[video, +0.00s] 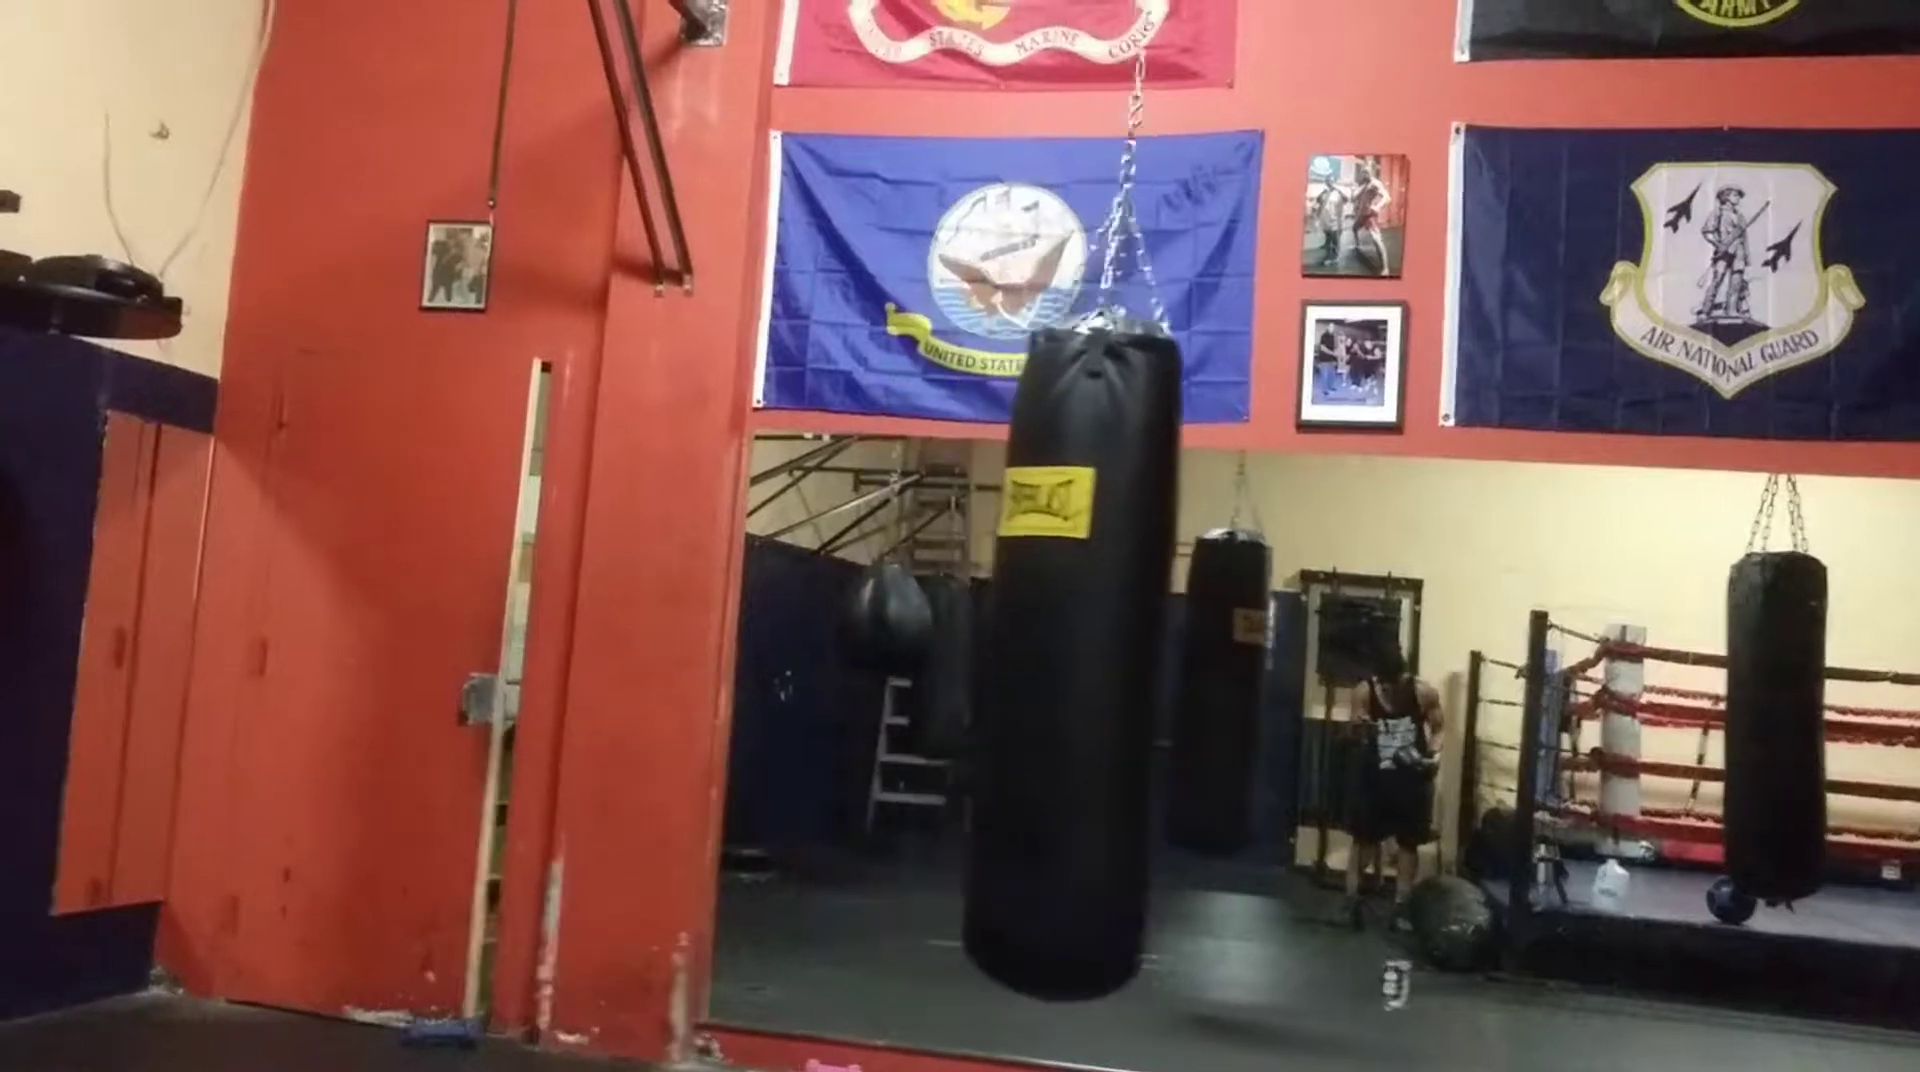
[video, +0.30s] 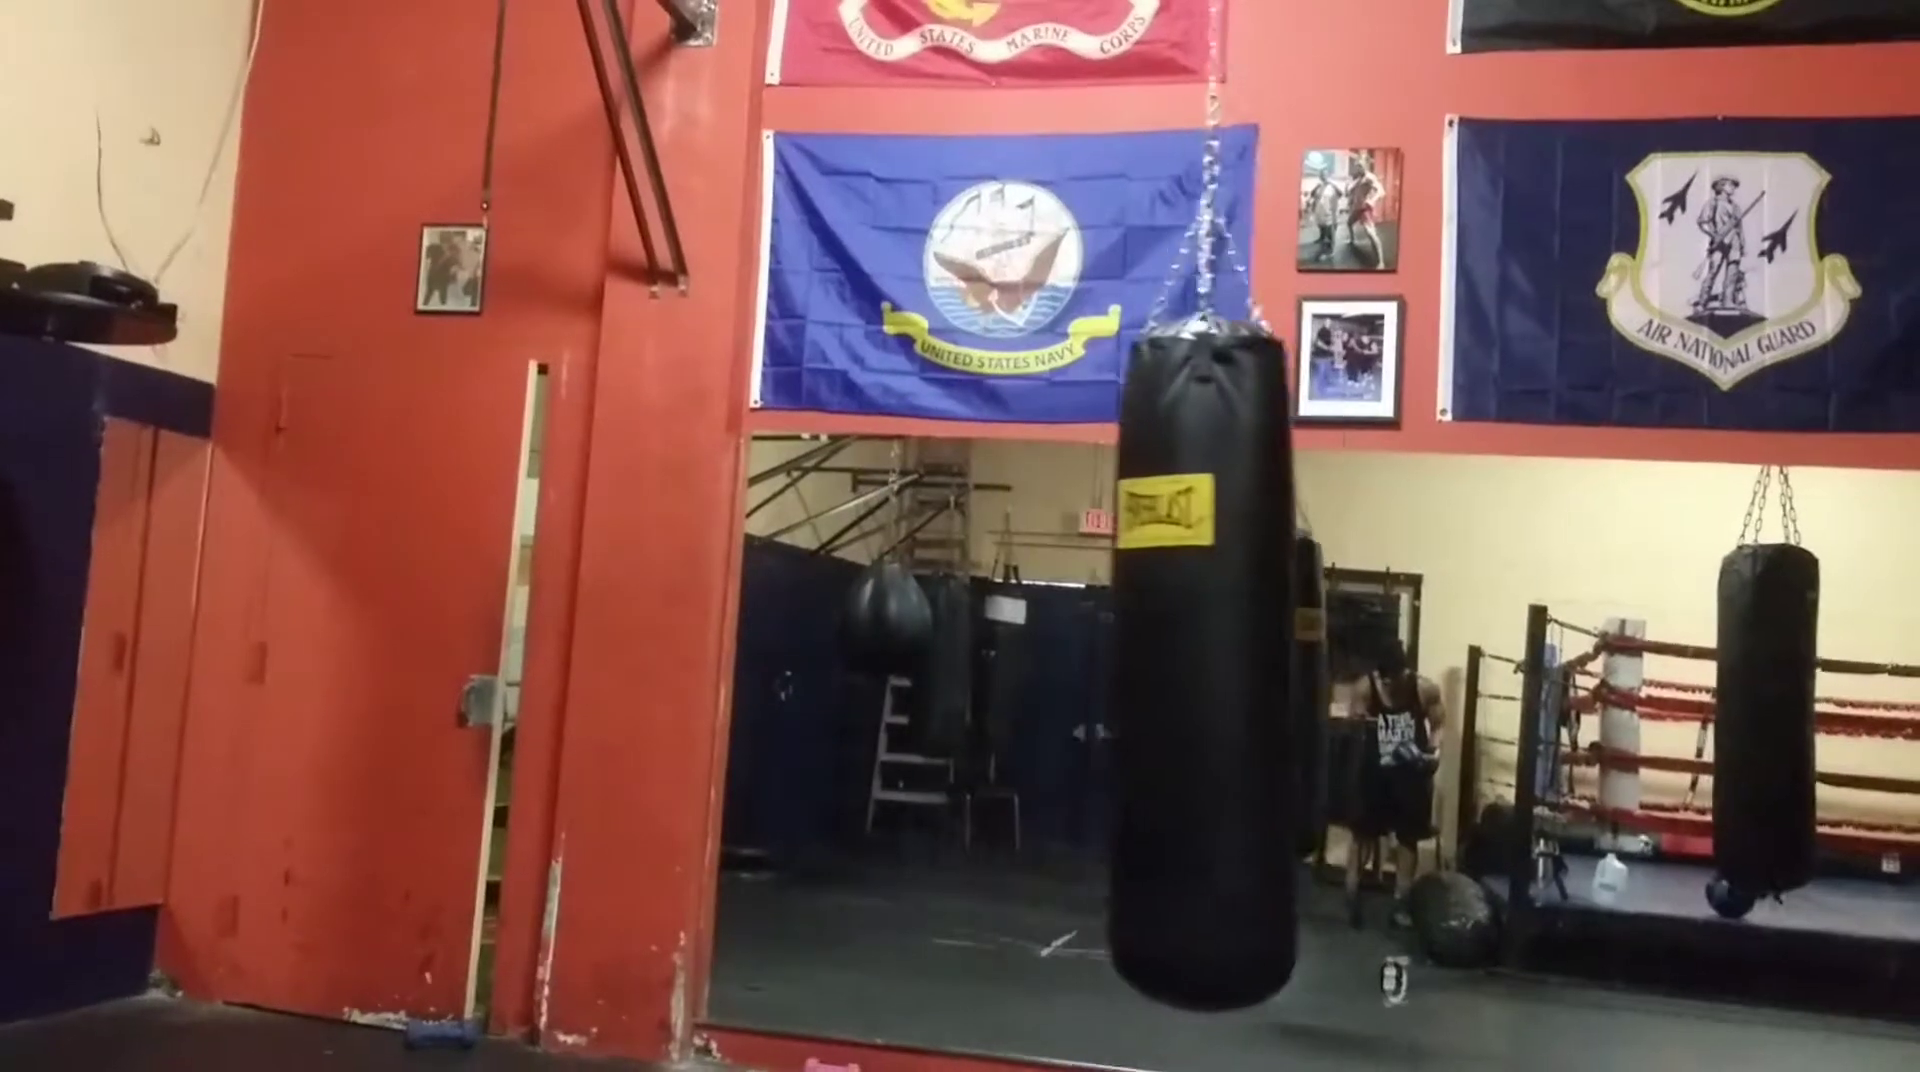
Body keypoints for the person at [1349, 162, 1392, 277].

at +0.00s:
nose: (1364, 175)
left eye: (1366, 173)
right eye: (1362, 173)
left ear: (1370, 174)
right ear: (1361, 174)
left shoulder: (1375, 184)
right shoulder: (1360, 185)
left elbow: (1386, 197)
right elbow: (1353, 196)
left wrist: (1376, 207)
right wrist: (1364, 187)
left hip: (1370, 215)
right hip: (1360, 215)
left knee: (1377, 239)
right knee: (1354, 228)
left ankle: (1385, 268)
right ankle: (1357, 247)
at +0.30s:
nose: (1352, 169)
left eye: (1355, 166)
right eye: (1352, 167)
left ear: (1361, 167)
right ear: (1354, 168)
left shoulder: (1369, 178)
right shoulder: (1355, 181)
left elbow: (1380, 191)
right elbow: (1349, 193)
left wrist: (1370, 201)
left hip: (1365, 208)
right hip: (1355, 208)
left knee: (1370, 232)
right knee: (1350, 224)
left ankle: (1380, 261)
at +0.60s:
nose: (1356, 171)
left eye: (1359, 168)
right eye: (1355, 169)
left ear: (1364, 169)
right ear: (1356, 170)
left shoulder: (1369, 180)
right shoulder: (1356, 183)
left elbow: (1381, 193)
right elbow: (1348, 195)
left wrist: (1371, 204)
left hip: (1365, 210)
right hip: (1356, 210)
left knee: (1371, 235)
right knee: (1350, 226)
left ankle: (1380, 264)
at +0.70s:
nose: (1355, 171)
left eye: (1358, 168)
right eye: (1354, 168)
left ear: (1363, 169)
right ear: (1354, 170)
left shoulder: (1370, 180)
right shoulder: (1356, 184)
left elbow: (1381, 194)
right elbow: (1348, 196)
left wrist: (1372, 204)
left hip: (1365, 211)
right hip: (1355, 212)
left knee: (1371, 235)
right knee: (1350, 226)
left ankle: (1380, 264)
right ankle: (1352, 243)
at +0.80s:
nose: (1353, 171)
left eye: (1355, 167)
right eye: (1352, 168)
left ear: (1362, 168)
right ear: (1354, 169)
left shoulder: (1368, 180)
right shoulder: (1355, 183)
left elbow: (1379, 193)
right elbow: (1349, 196)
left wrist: (1370, 203)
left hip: (1364, 211)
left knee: (1370, 236)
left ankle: (1379, 264)